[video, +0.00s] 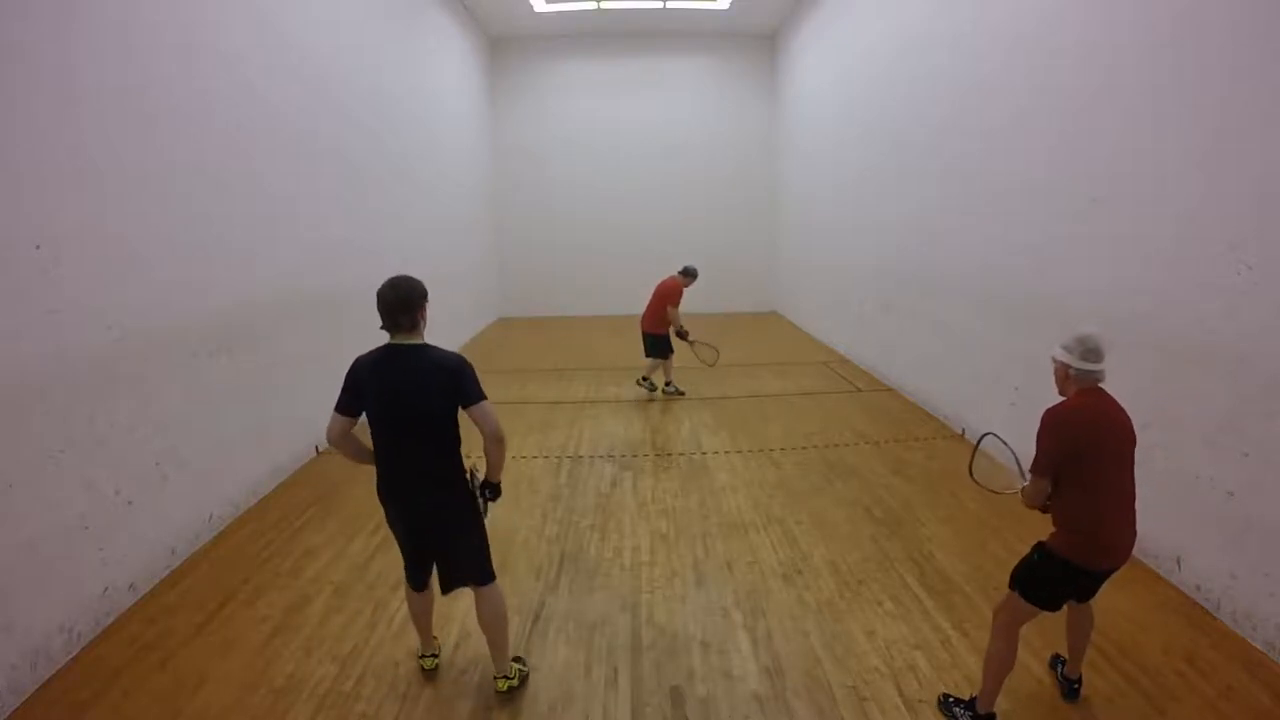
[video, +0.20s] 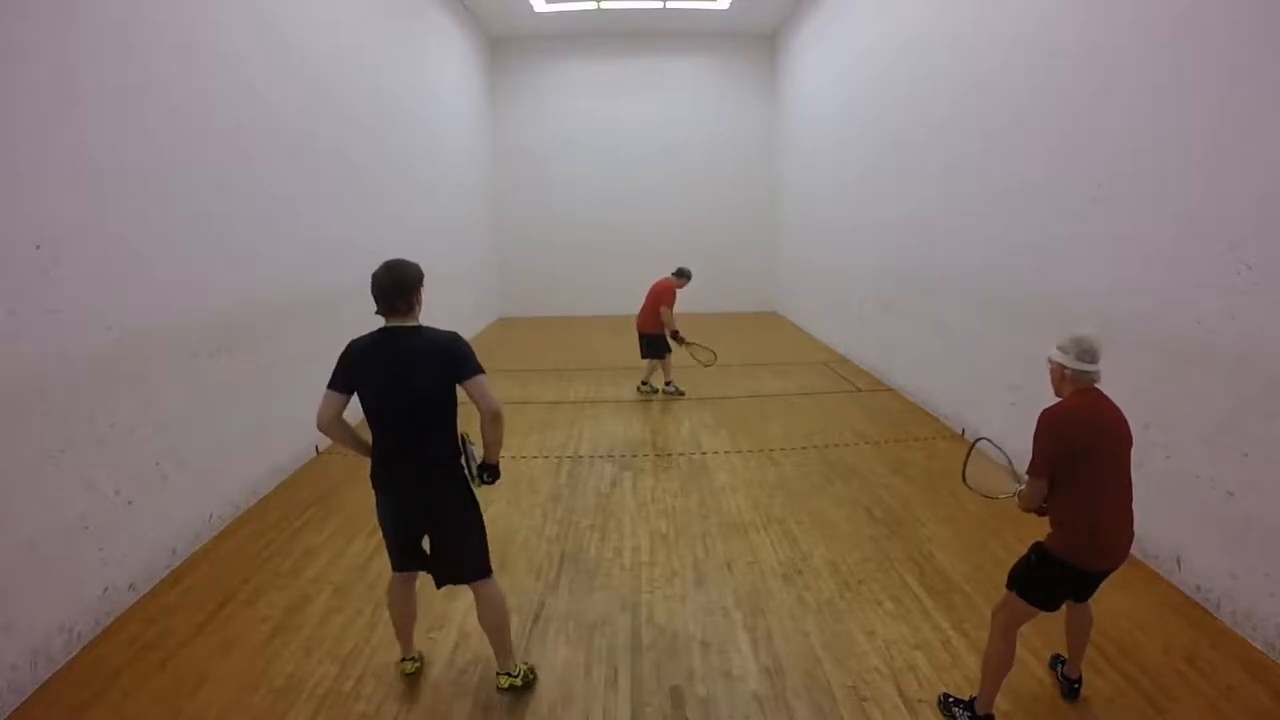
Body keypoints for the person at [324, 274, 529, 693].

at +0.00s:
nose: (426, 311)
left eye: (423, 305)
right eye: (425, 306)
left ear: (381, 316)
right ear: (423, 312)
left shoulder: (365, 368)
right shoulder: (450, 366)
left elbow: (337, 435)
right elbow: (493, 433)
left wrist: (378, 458)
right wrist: (492, 482)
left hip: (397, 493)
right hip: (448, 490)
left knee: (416, 571)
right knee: (483, 579)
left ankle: (427, 650)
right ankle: (504, 671)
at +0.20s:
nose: (423, 295)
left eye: (419, 288)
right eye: (421, 290)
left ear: (375, 300)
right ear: (417, 297)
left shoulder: (358, 351)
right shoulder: (448, 345)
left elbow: (328, 420)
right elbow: (490, 409)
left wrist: (372, 451)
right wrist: (491, 460)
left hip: (392, 484)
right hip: (446, 480)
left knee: (403, 572)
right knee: (481, 578)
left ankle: (408, 656)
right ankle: (508, 669)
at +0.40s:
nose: (416, 304)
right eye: (414, 298)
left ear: (369, 309)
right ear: (412, 304)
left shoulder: (352, 363)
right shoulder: (443, 354)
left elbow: (316, 431)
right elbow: (486, 419)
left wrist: (361, 468)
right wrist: (493, 474)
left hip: (388, 499)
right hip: (443, 495)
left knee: (391, 588)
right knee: (481, 591)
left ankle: (396, 670)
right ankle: (510, 678)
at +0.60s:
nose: (408, 314)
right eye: (406, 308)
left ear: (359, 319)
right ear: (404, 315)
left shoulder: (342, 376)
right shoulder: (436, 368)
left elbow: (311, 451)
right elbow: (486, 436)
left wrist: (352, 495)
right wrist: (487, 490)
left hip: (381, 517)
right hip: (437, 513)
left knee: (386, 604)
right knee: (480, 604)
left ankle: (381, 692)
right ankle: (514, 697)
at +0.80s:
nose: (396, 296)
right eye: (394, 289)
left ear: (345, 302)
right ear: (391, 296)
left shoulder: (326, 358)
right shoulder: (423, 344)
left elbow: (305, 441)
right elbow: (461, 420)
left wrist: (347, 471)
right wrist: (459, 485)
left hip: (363, 508)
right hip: (425, 503)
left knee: (362, 602)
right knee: (470, 599)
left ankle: (368, 690)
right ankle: (508, 686)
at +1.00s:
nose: (382, 335)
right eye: (381, 329)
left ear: (331, 343)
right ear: (378, 336)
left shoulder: (314, 404)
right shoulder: (412, 391)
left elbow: (292, 488)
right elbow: (464, 463)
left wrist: (332, 515)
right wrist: (471, 522)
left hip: (357, 550)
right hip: (418, 543)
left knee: (360, 643)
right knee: (466, 635)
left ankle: (357, 716)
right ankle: (499, 714)